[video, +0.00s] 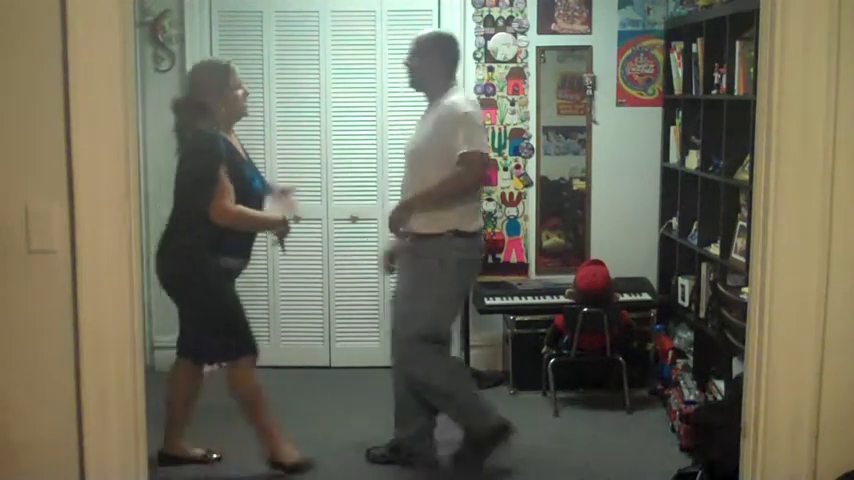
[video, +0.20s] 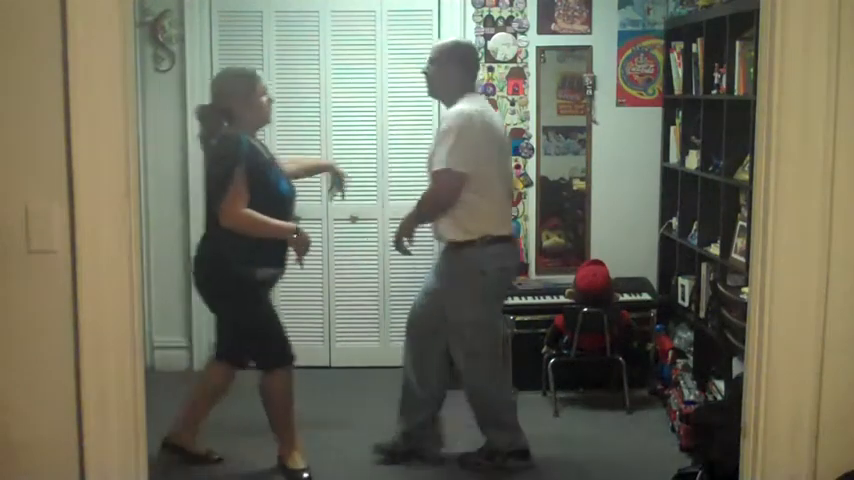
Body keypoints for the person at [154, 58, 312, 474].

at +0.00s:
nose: (245, 92)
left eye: (242, 85)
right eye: (237, 87)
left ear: (218, 96)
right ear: (216, 97)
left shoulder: (225, 138)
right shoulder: (208, 143)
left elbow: (238, 188)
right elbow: (219, 211)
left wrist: (273, 195)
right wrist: (272, 221)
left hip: (208, 260)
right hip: (195, 263)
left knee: (191, 354)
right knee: (240, 352)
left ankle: (174, 445)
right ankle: (276, 449)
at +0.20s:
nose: (269, 98)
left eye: (266, 92)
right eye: (260, 94)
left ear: (241, 105)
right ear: (237, 104)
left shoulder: (250, 144)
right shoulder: (234, 148)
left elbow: (279, 171)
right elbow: (230, 214)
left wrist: (324, 165)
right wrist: (289, 231)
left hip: (245, 269)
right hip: (228, 271)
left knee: (230, 356)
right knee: (276, 356)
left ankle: (182, 437)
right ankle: (289, 452)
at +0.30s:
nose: (283, 98)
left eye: (280, 92)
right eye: (275, 93)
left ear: (255, 103)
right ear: (252, 103)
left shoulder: (270, 143)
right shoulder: (246, 146)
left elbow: (306, 167)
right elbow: (239, 211)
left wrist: (353, 157)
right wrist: (299, 232)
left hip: (269, 267)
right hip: (245, 269)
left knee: (282, 353)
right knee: (284, 354)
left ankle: (216, 411)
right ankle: (290, 455)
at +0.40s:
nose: (295, 98)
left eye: (292, 92)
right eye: (287, 94)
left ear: (276, 104)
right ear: (263, 104)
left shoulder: (295, 144)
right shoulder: (254, 148)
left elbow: (329, 161)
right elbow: (244, 212)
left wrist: (376, 147)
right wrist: (303, 225)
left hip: (290, 265)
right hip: (253, 268)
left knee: (325, 350)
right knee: (290, 358)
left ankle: (278, 415)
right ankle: (288, 447)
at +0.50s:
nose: (306, 98)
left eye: (303, 92)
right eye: (298, 93)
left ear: (289, 103)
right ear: (273, 104)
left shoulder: (315, 144)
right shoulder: (260, 154)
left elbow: (354, 156)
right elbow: (247, 217)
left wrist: (395, 144)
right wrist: (302, 223)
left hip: (309, 265)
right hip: (263, 268)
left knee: (343, 349)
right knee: (291, 362)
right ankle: (289, 454)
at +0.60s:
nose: (316, 97)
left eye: (313, 90)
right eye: (307, 92)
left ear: (296, 103)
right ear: (281, 104)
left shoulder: (331, 144)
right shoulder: (263, 157)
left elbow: (360, 162)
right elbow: (242, 217)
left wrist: (393, 155)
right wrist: (292, 228)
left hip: (331, 267)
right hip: (276, 272)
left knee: (356, 359)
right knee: (296, 367)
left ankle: (377, 438)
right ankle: (289, 453)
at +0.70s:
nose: (324, 95)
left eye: (320, 88)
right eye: (314, 90)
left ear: (307, 100)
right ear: (290, 103)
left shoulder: (344, 141)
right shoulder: (265, 158)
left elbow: (394, 176)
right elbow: (234, 215)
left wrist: (390, 167)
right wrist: (271, 234)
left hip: (345, 269)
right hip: (287, 274)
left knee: (363, 357)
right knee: (289, 361)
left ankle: (377, 436)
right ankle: (292, 449)